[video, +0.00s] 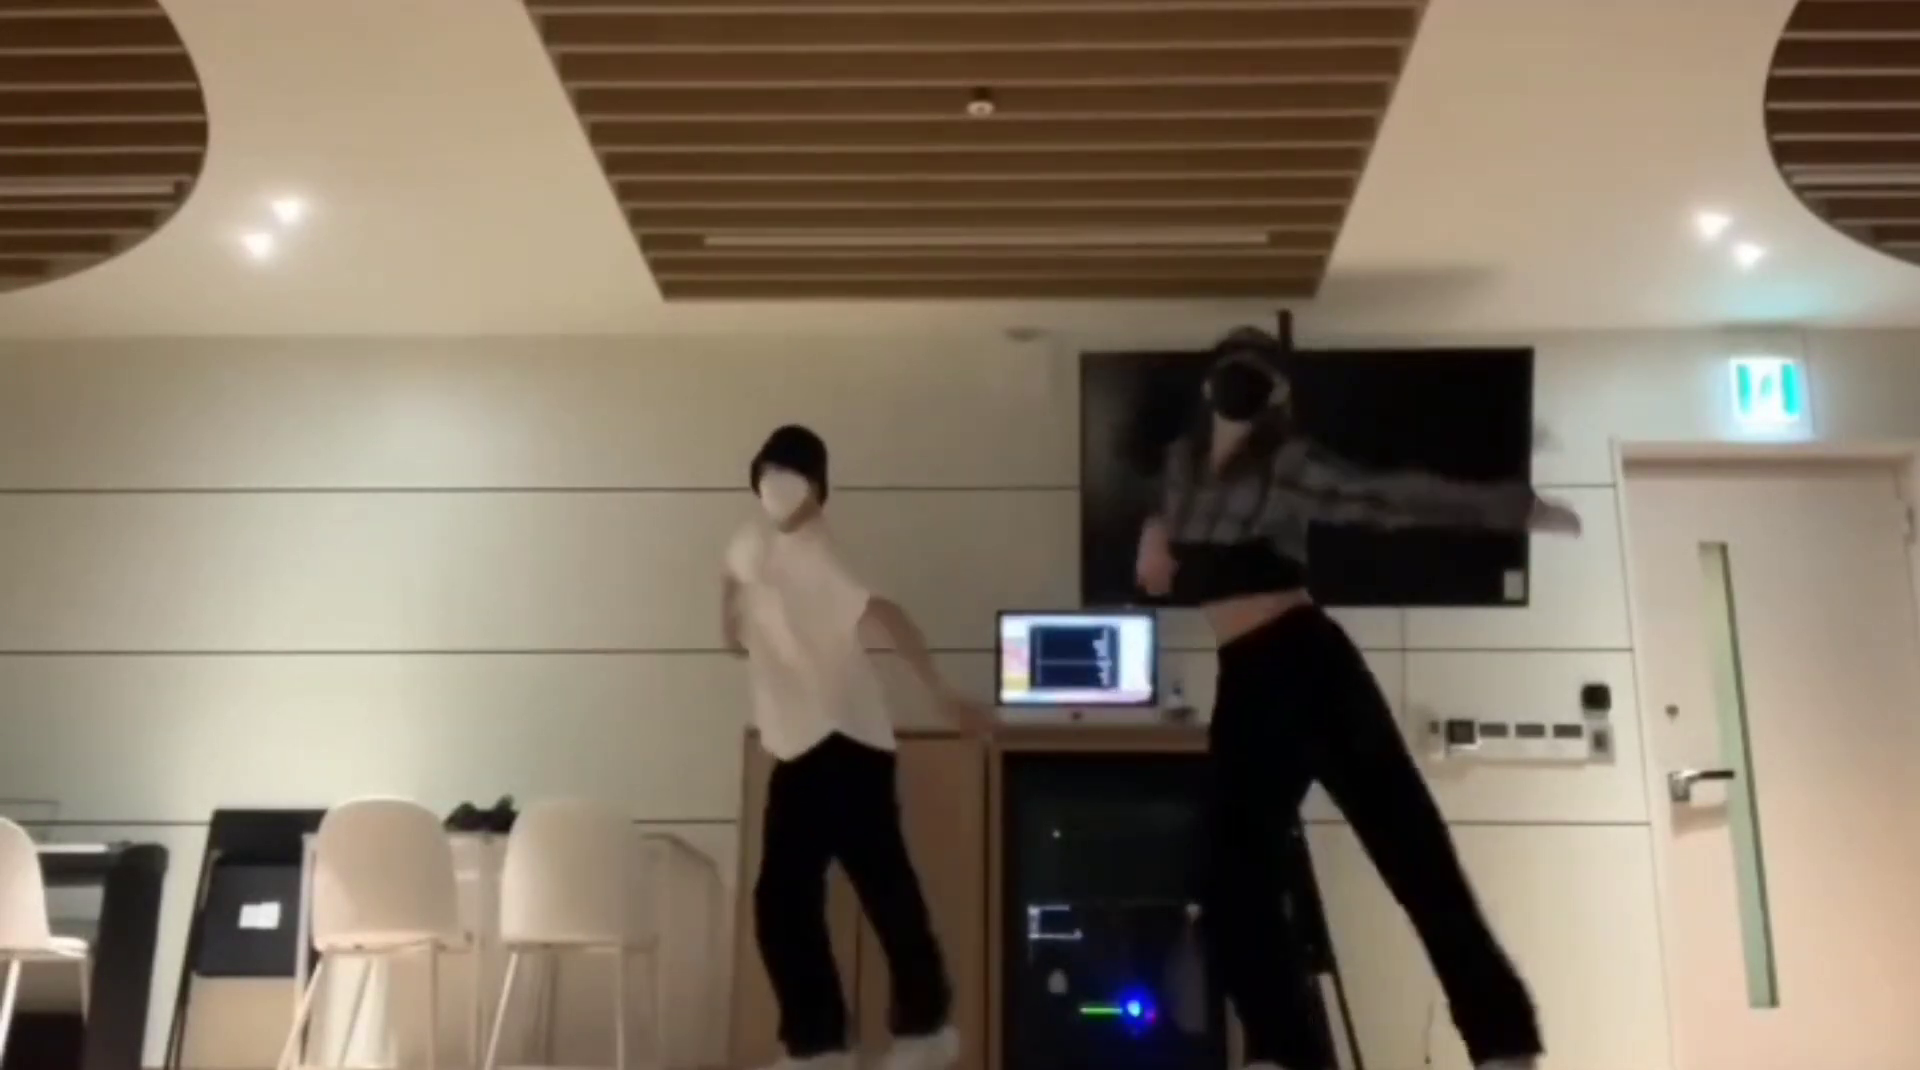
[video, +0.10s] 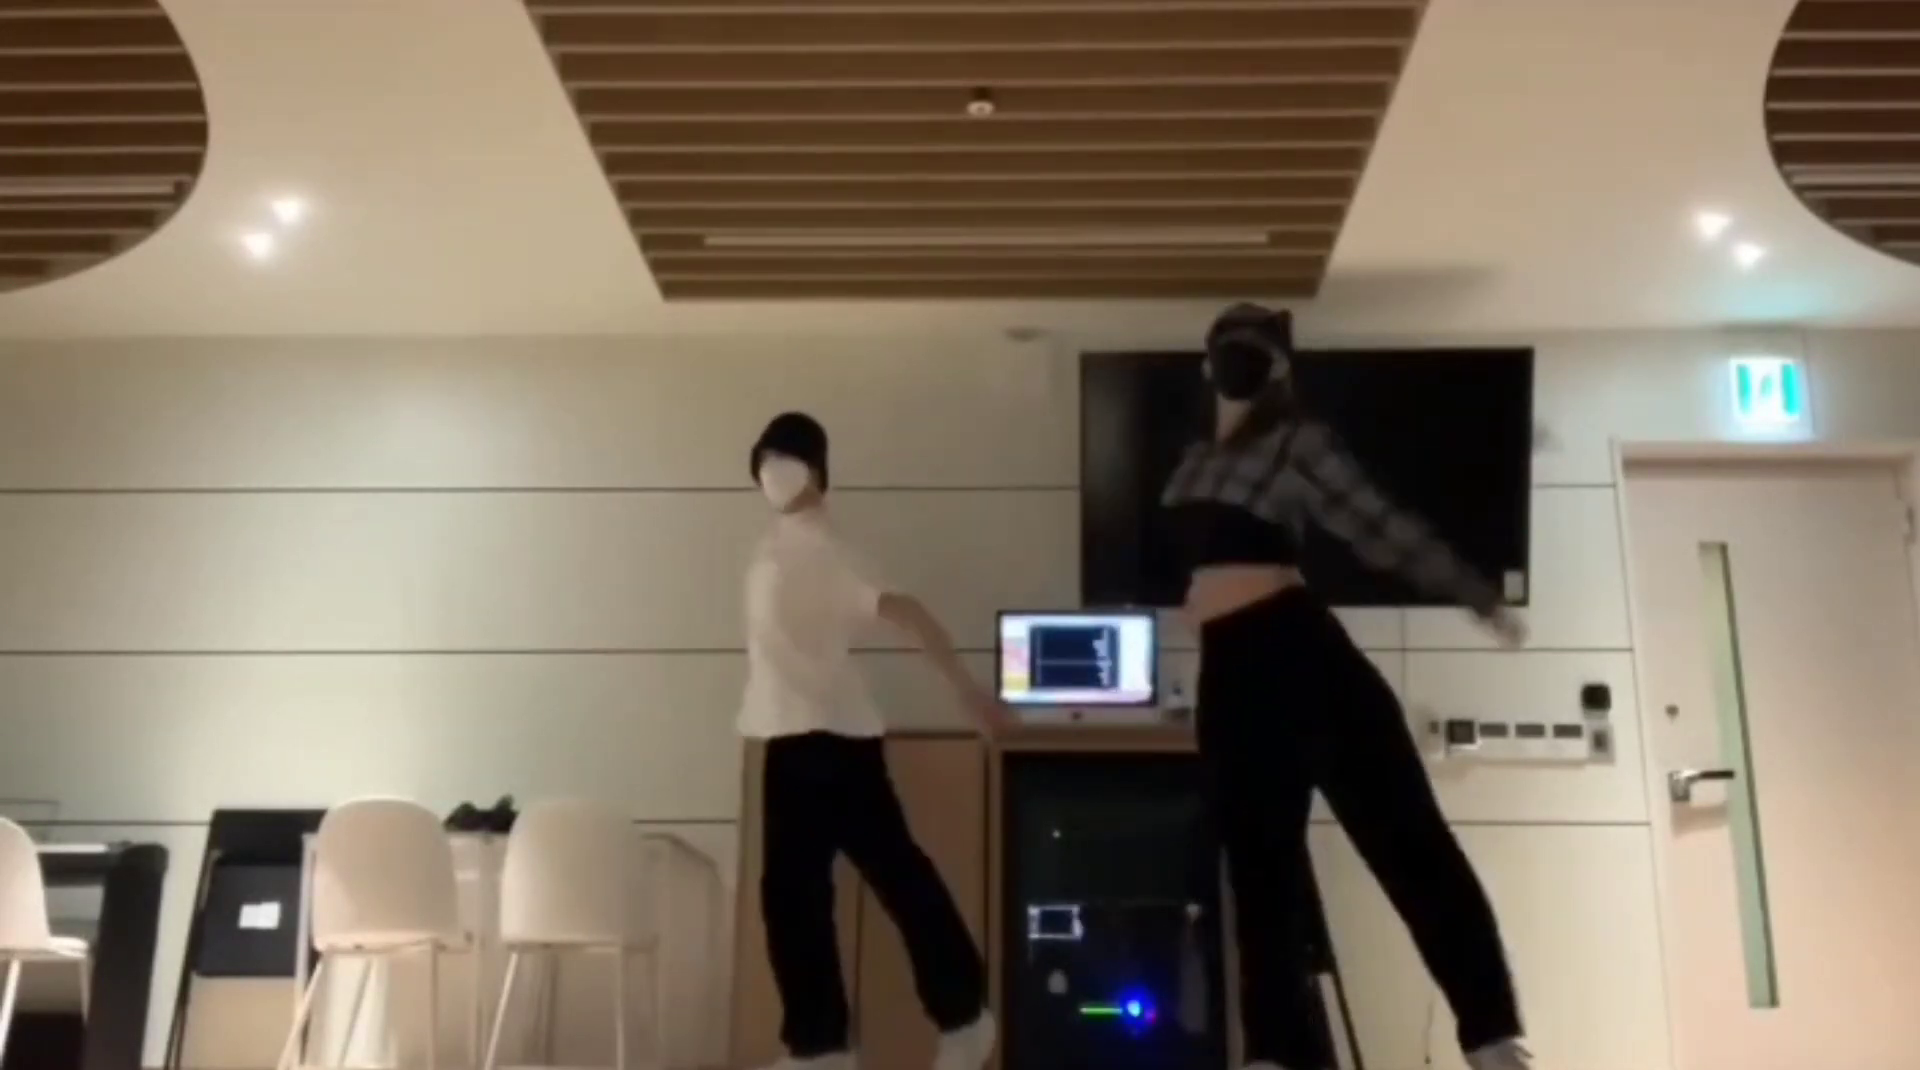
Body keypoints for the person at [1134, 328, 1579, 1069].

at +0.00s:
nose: (1239, 389)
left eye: (1256, 381)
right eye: (1229, 374)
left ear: (1273, 399)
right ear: (1207, 386)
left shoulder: (1285, 466)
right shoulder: (1185, 468)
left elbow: (1383, 495)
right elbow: (1173, 538)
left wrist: (1510, 508)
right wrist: (1154, 554)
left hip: (1312, 663)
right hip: (1245, 678)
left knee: (1411, 851)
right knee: (1235, 879)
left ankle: (1503, 1039)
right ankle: (1288, 1052)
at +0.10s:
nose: (1236, 363)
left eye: (1253, 350)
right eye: (1224, 350)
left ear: (1282, 365)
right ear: (1207, 366)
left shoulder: (1296, 443)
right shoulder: (1197, 462)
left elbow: (1376, 522)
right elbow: (1200, 573)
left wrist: (1477, 594)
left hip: (1307, 659)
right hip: (1230, 675)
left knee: (1408, 845)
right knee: (1262, 876)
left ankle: (1493, 1040)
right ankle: (1284, 1052)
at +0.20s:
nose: (1245, 363)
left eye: (1260, 348)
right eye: (1232, 351)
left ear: (1291, 357)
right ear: (1216, 365)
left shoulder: (1333, 441)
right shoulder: (1212, 459)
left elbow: (1350, 561)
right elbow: (1209, 582)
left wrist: (1378, 666)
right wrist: (1190, 688)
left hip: (1307, 651)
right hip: (1222, 658)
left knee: (1346, 839)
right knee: (1250, 860)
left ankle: (1408, 1032)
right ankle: (1284, 1044)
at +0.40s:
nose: (1260, 401)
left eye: (1275, 389)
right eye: (1246, 390)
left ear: (1303, 402)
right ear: (1231, 409)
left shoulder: (1336, 463)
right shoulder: (1222, 500)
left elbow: (1333, 568)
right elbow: (1198, 608)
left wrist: (1312, 672)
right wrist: (1159, 694)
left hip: (1317, 657)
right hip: (1233, 661)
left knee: (1283, 867)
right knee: (1168, 801)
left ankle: (1307, 1052)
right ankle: (1192, 1012)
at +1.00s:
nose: (1279, 404)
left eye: (1293, 390)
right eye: (1270, 390)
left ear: (1320, 401)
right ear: (1255, 401)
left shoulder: (1356, 482)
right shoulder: (1233, 477)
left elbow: (1404, 565)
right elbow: (1201, 572)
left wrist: (1309, 572)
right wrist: (1202, 650)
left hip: (1326, 676)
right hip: (1242, 679)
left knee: (1319, 863)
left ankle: (1322, 1038)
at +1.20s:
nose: (1271, 399)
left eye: (1288, 386)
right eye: (1261, 385)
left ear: (1317, 404)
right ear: (1244, 401)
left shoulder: (1349, 485)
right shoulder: (1207, 481)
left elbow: (1360, 592)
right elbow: (1185, 596)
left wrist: (1279, 600)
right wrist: (1213, 698)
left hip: (1305, 677)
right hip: (1234, 682)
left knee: (1199, 832)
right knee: (1305, 858)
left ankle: (1217, 1029)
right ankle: (1388, 1038)